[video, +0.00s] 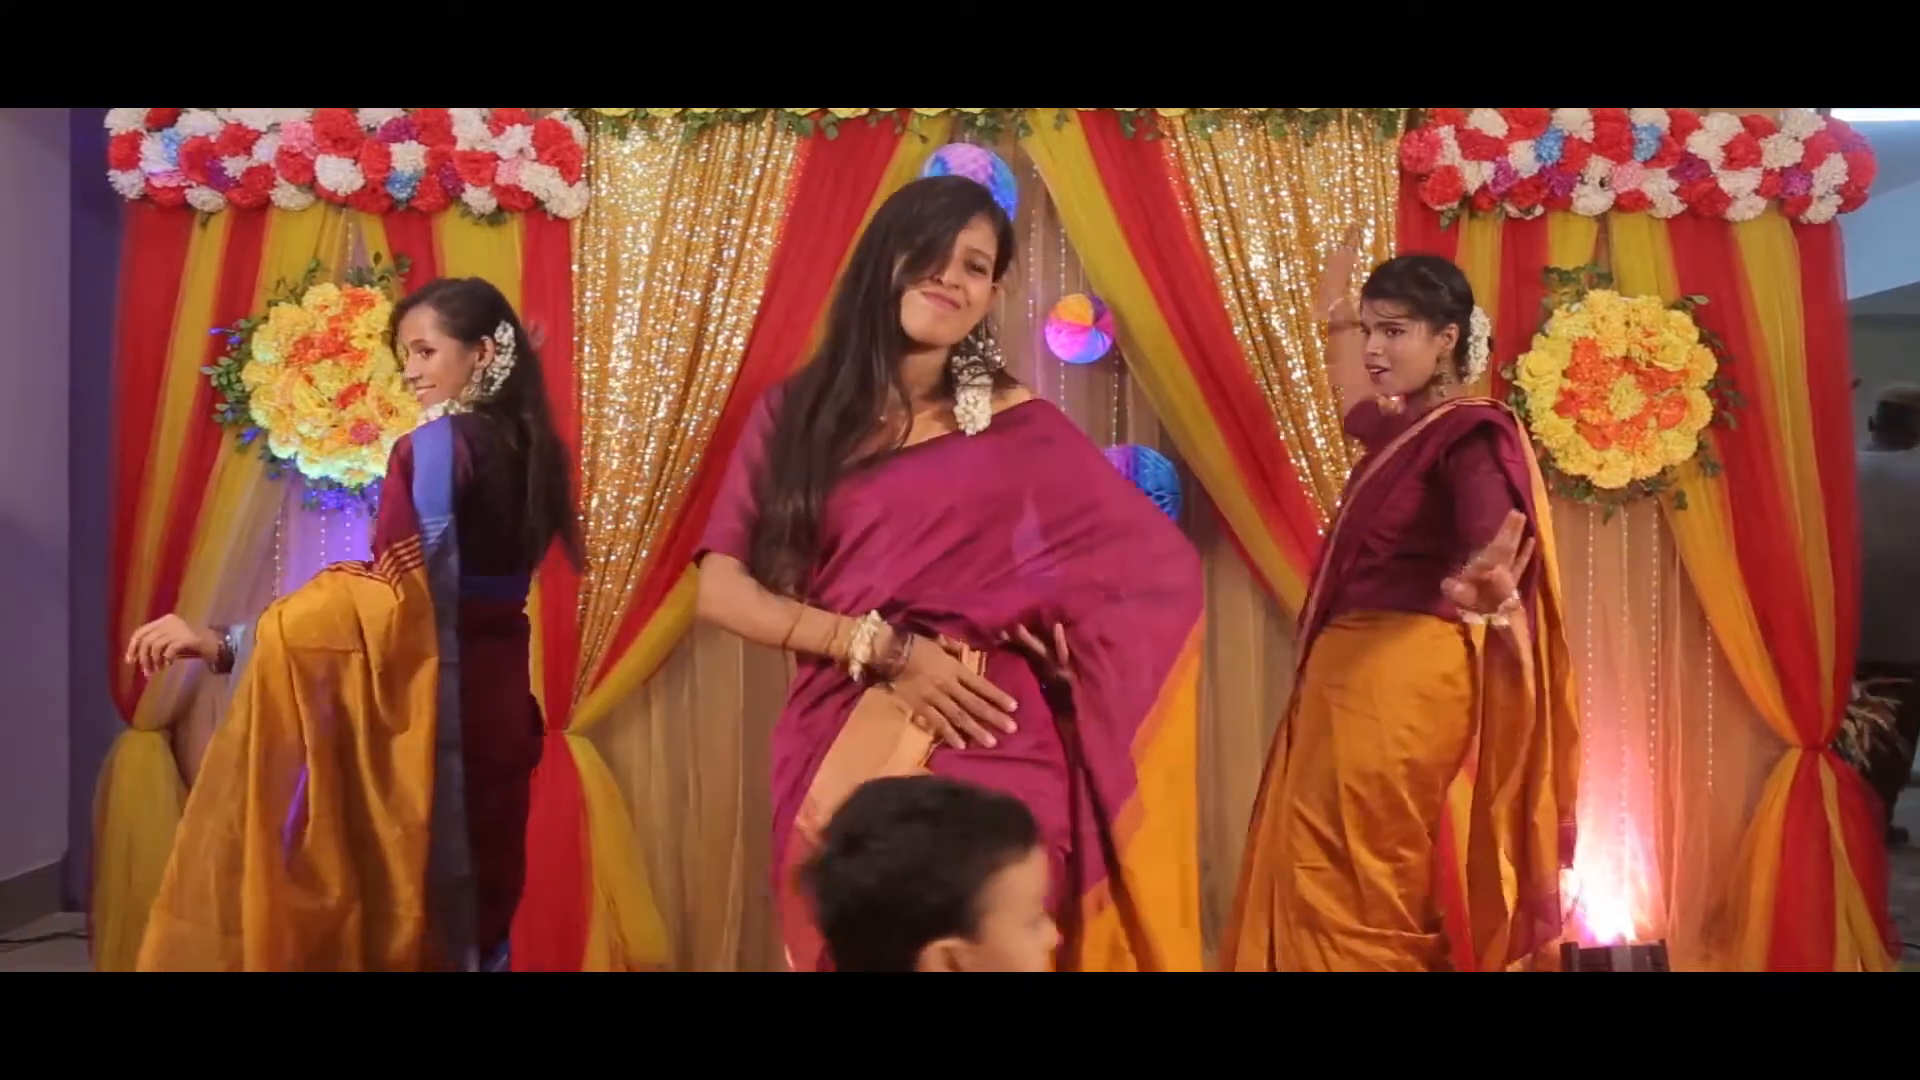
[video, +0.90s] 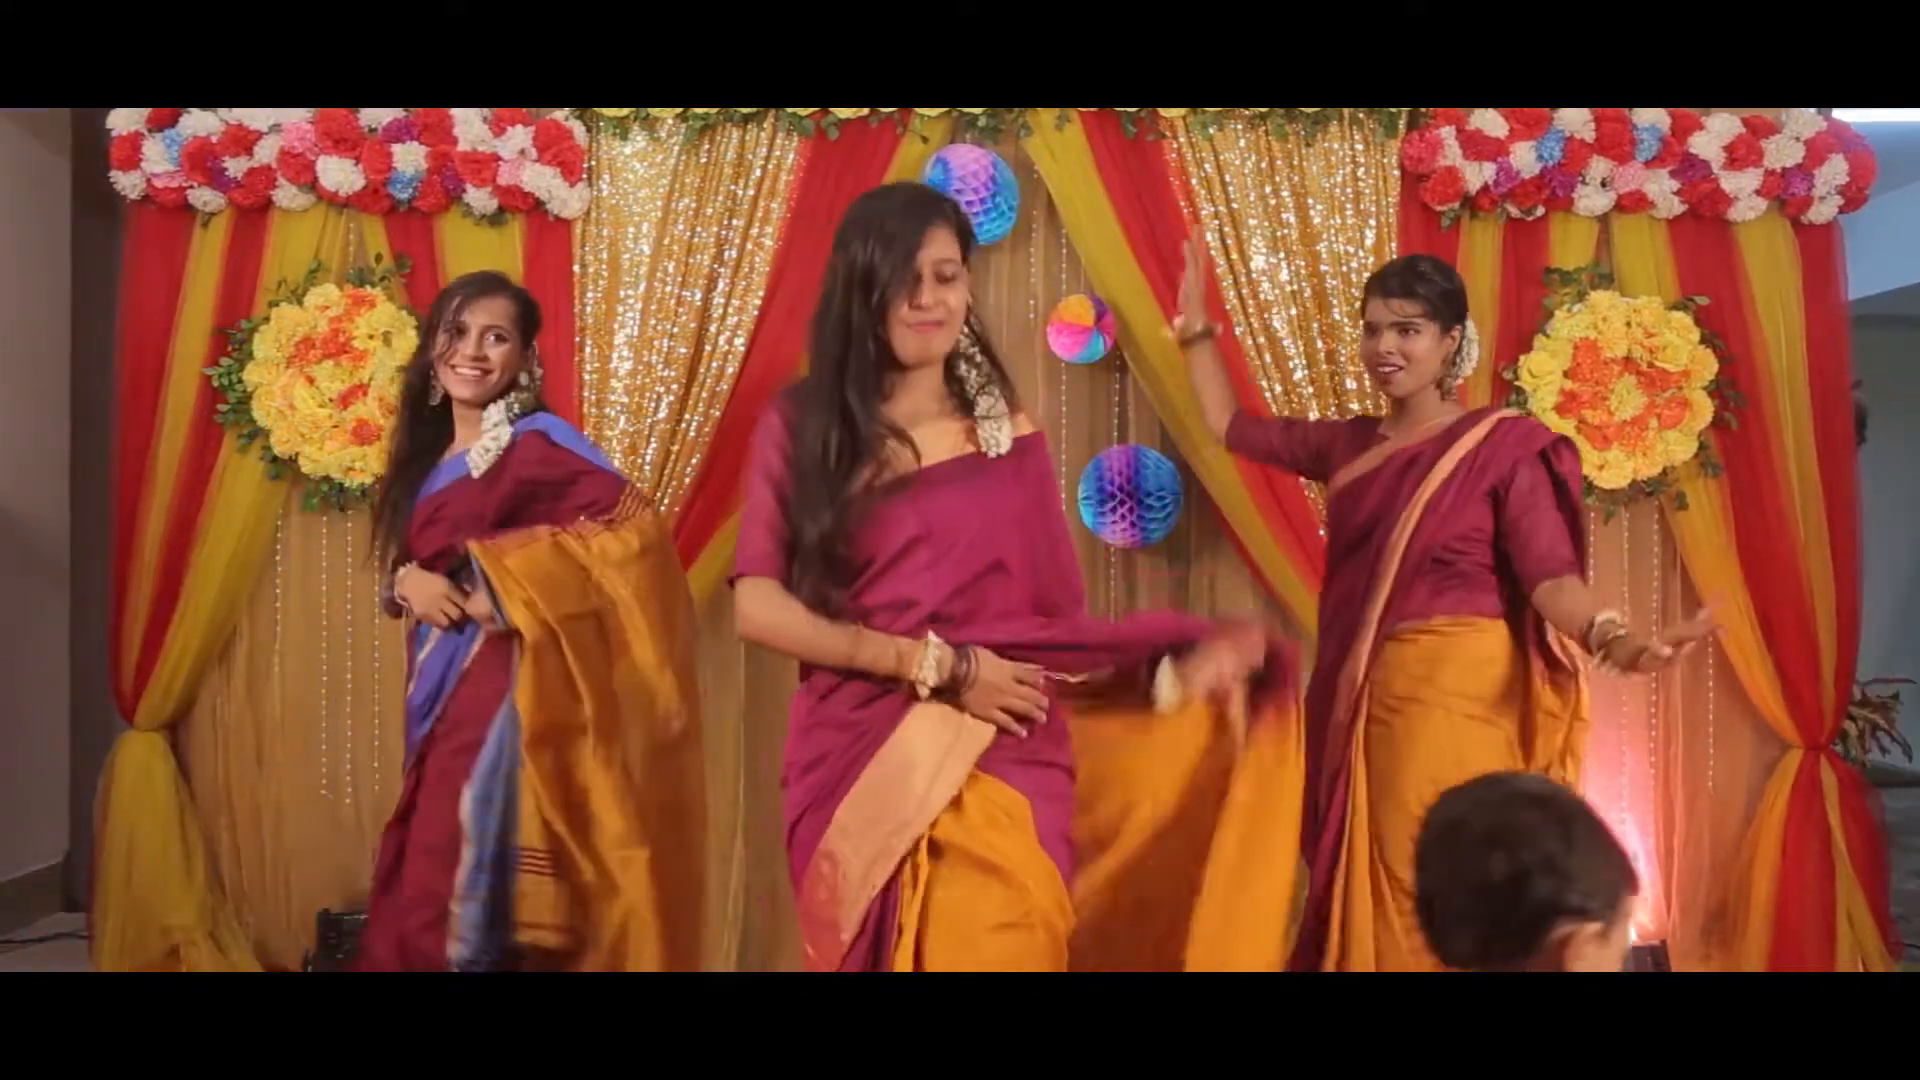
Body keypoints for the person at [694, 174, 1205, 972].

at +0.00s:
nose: (953, 278)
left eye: (978, 267)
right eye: (934, 253)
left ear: (993, 296)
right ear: (886, 259)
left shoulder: (1016, 417)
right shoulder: (791, 413)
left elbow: (1168, 562)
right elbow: (718, 591)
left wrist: (1078, 635)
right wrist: (885, 649)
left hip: (1005, 746)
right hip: (843, 750)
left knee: (1001, 958)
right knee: (844, 957)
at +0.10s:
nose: (938, 296)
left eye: (962, 285)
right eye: (918, 272)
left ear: (979, 314)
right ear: (868, 281)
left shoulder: (1019, 434)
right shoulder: (800, 451)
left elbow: (1158, 600)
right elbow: (741, 645)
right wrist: (896, 705)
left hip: (995, 796)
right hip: (828, 797)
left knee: (994, 961)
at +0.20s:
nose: (925, 301)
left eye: (947, 288)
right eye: (902, 280)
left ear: (967, 319)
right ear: (855, 297)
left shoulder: (1016, 437)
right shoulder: (801, 464)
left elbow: (1136, 603)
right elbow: (752, 659)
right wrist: (920, 715)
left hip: (999, 780)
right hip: (828, 783)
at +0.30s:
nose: (917, 266)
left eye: (939, 253)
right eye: (891, 250)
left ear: (964, 290)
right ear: (847, 273)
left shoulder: (1014, 423)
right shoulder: (788, 427)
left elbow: (1120, 569)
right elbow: (735, 613)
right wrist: (917, 672)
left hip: (1002, 755)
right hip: (840, 753)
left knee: (981, 941)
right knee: (852, 947)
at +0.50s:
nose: (883, 272)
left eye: (907, 252)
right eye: (859, 259)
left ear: (951, 280)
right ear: (836, 295)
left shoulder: (1019, 423)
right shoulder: (796, 433)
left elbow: (1109, 590)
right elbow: (745, 620)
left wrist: (976, 680)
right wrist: (911, 680)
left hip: (1002, 763)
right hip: (842, 762)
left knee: (969, 939)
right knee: (860, 947)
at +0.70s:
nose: (899, 286)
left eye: (921, 265)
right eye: (876, 267)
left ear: (953, 288)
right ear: (838, 291)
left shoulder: (1010, 423)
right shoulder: (794, 436)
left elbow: (1074, 621)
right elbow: (759, 623)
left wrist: (1162, 773)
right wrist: (941, 673)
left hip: (997, 755)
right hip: (844, 755)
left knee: (977, 938)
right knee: (848, 949)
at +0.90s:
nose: (928, 300)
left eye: (947, 278)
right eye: (904, 279)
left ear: (971, 290)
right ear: (860, 290)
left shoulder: (1009, 429)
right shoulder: (800, 424)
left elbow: (1058, 633)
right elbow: (758, 608)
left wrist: (1186, 654)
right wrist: (940, 666)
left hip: (1007, 753)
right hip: (857, 759)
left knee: (1006, 946)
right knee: (869, 957)